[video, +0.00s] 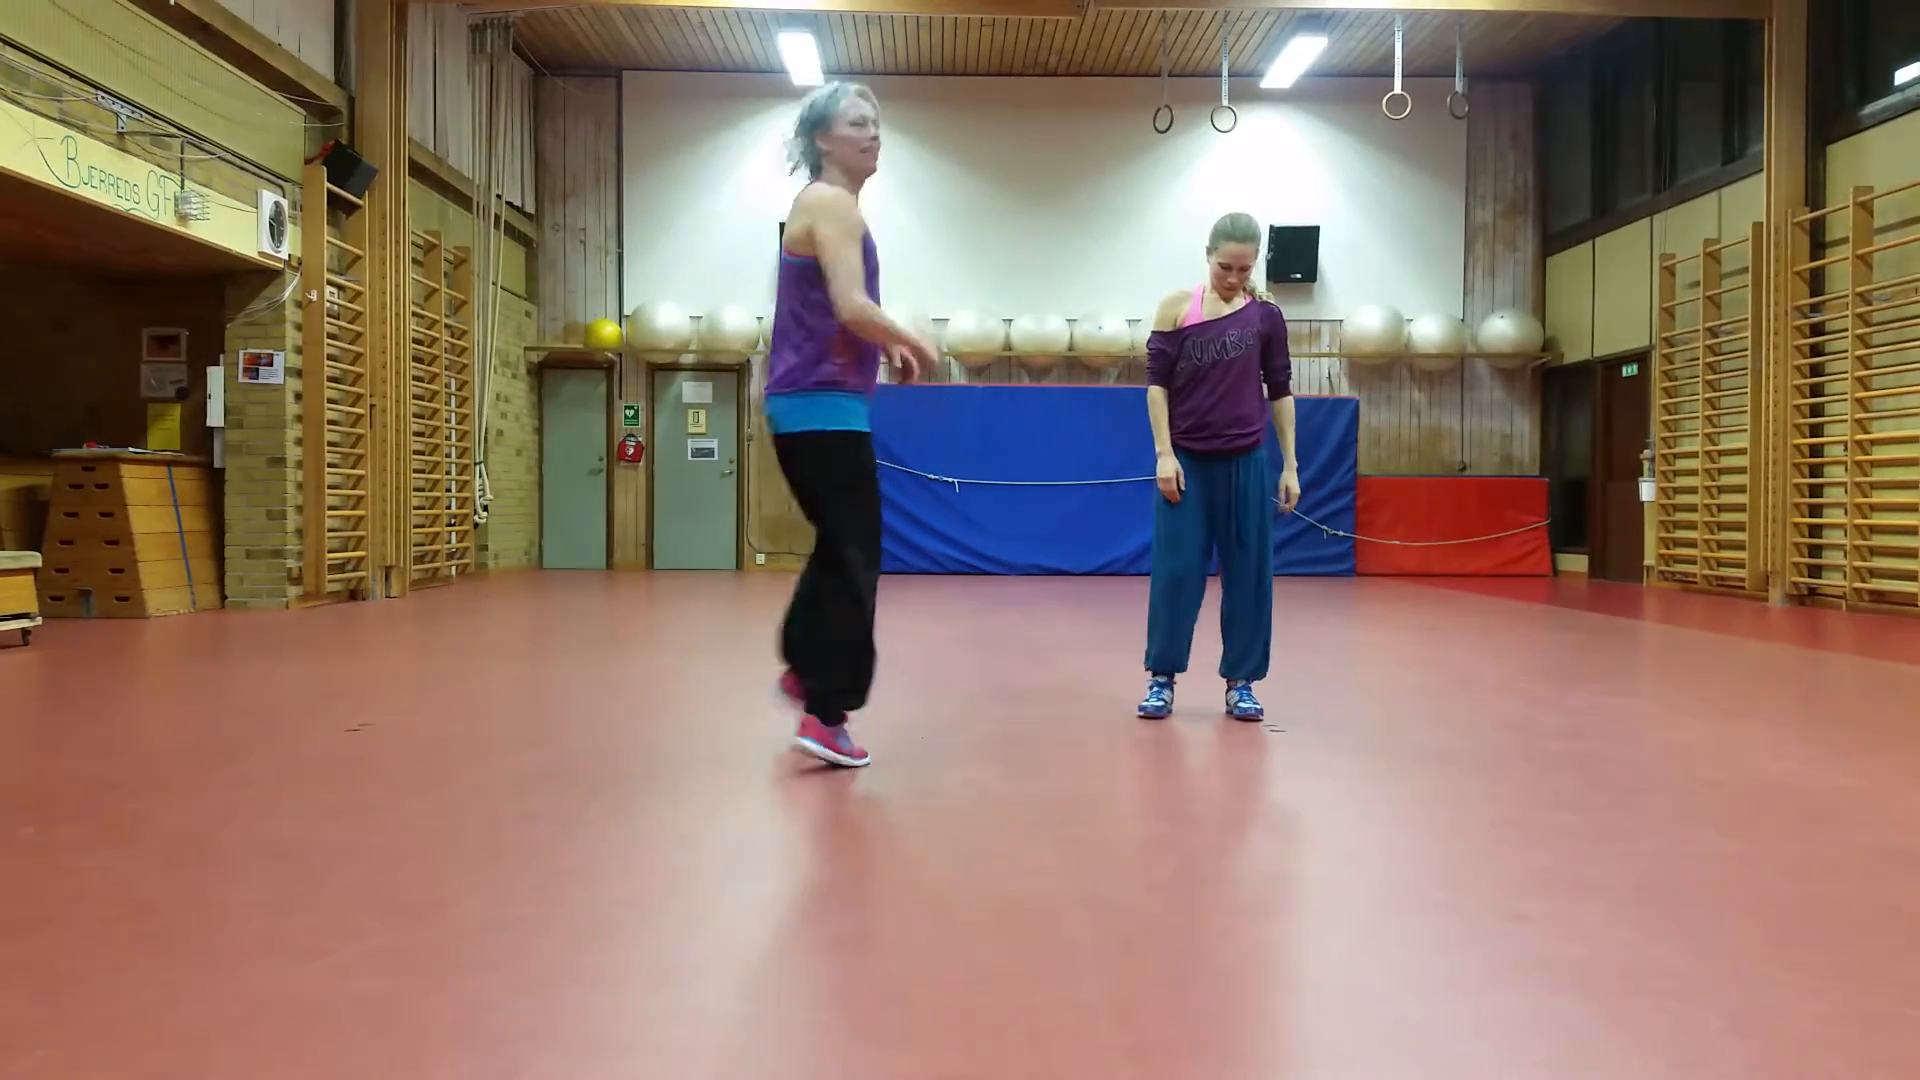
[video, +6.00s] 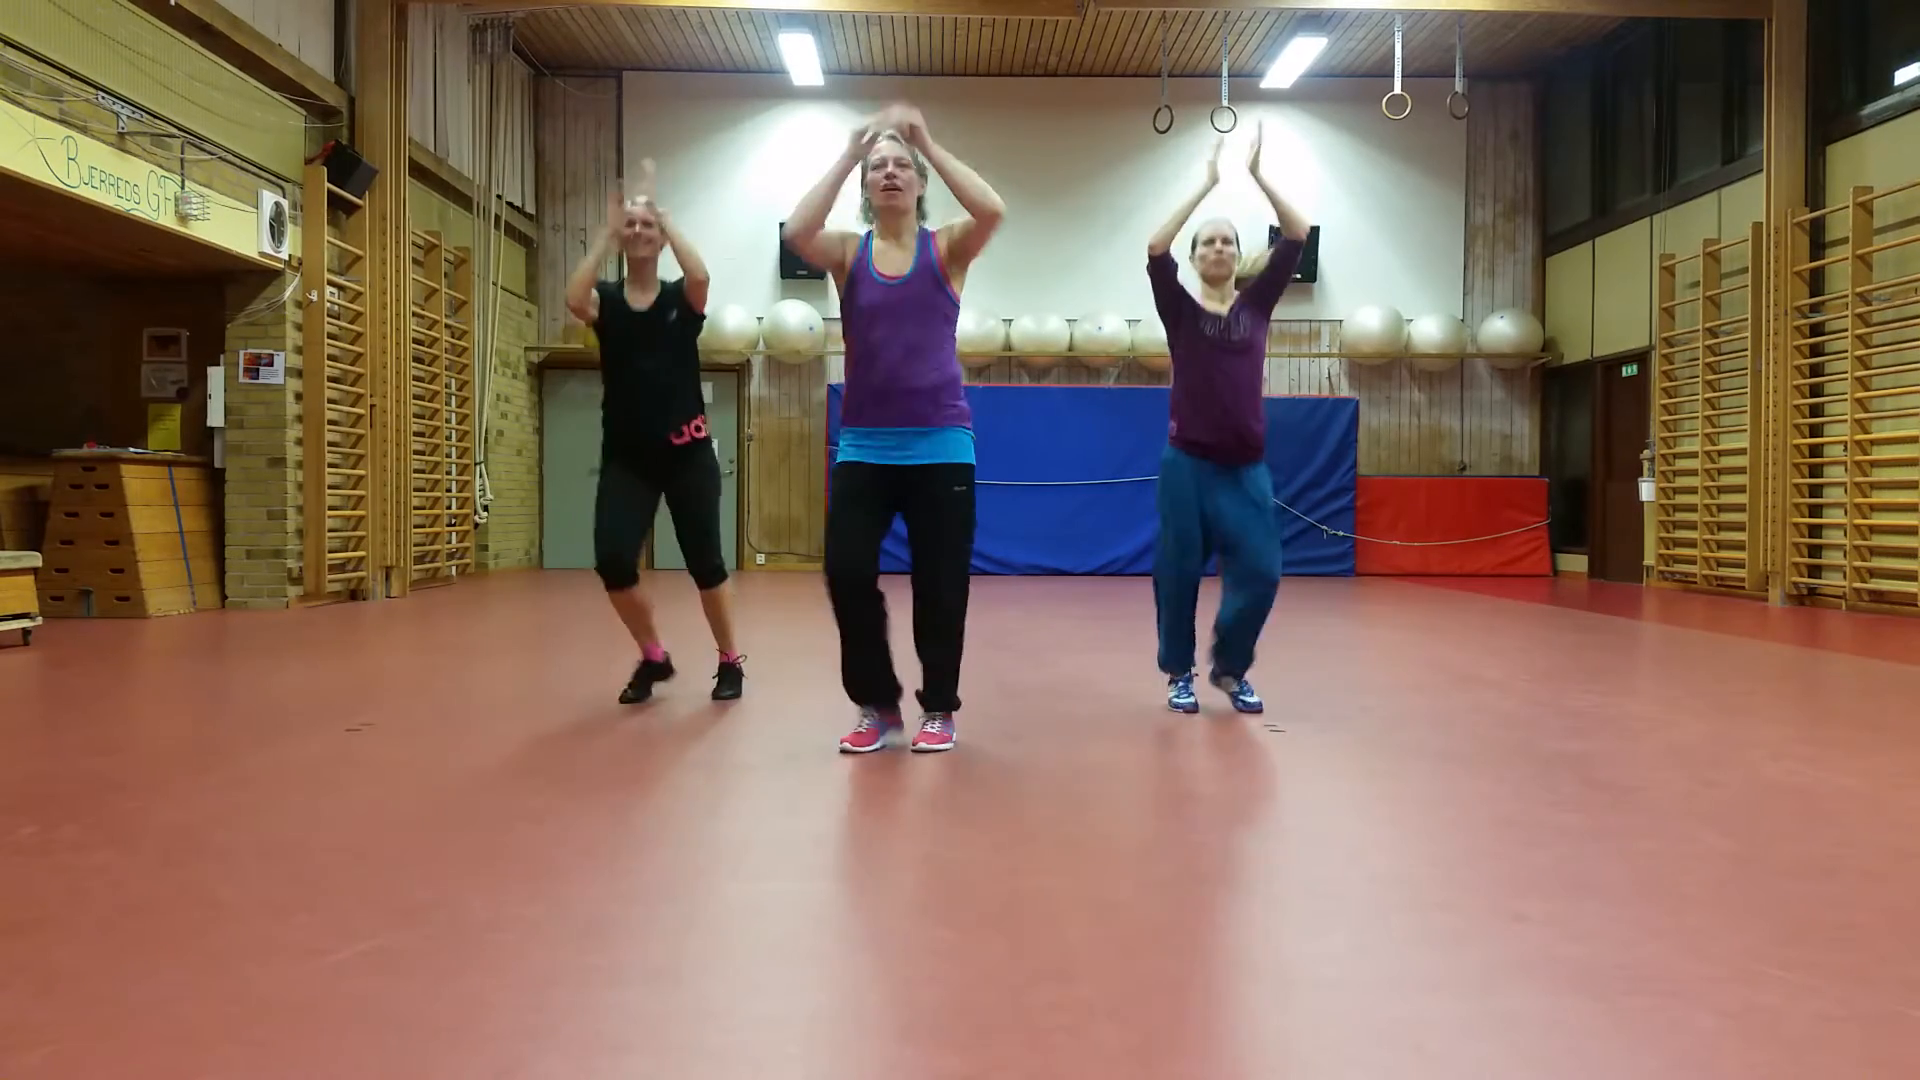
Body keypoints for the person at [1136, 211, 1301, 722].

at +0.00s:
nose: (1235, 278)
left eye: (1245, 269)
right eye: (1227, 267)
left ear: (1257, 262)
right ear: (1208, 256)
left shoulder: (1266, 315)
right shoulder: (1176, 308)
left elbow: (1281, 391)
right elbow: (1157, 384)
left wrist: (1290, 465)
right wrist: (1164, 455)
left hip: (1250, 461)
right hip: (1186, 461)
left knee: (1249, 572)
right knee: (1175, 571)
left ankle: (1240, 683)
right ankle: (1161, 679)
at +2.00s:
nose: (1204, 251)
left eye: (1214, 243)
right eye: (1196, 242)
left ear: (1227, 252)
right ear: (1181, 251)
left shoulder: (1246, 314)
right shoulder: (1158, 312)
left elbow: (1262, 386)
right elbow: (1137, 386)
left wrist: (1259, 449)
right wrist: (1164, 441)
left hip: (1234, 461)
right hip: (1176, 461)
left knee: (1232, 569)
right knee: (1179, 567)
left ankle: (1221, 680)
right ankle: (1181, 678)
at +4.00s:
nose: (1228, 248)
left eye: (1236, 243)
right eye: (1218, 241)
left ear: (1245, 259)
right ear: (1200, 256)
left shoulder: (1253, 307)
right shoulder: (1180, 310)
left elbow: (1292, 237)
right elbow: (1161, 260)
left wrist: (1243, 181)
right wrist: (1205, 195)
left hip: (1253, 460)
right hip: (1192, 462)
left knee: (1257, 574)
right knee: (1198, 576)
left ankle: (1253, 674)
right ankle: (1217, 673)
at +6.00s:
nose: (1218, 249)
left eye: (1227, 243)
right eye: (1209, 243)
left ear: (1240, 255)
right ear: (1194, 255)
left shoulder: (1254, 305)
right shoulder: (1180, 309)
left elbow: (1298, 234)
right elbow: (1155, 249)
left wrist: (1257, 177)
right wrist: (1205, 185)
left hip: (1247, 464)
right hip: (1187, 460)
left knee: (1261, 573)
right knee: (1177, 570)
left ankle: (1230, 670)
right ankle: (1179, 674)